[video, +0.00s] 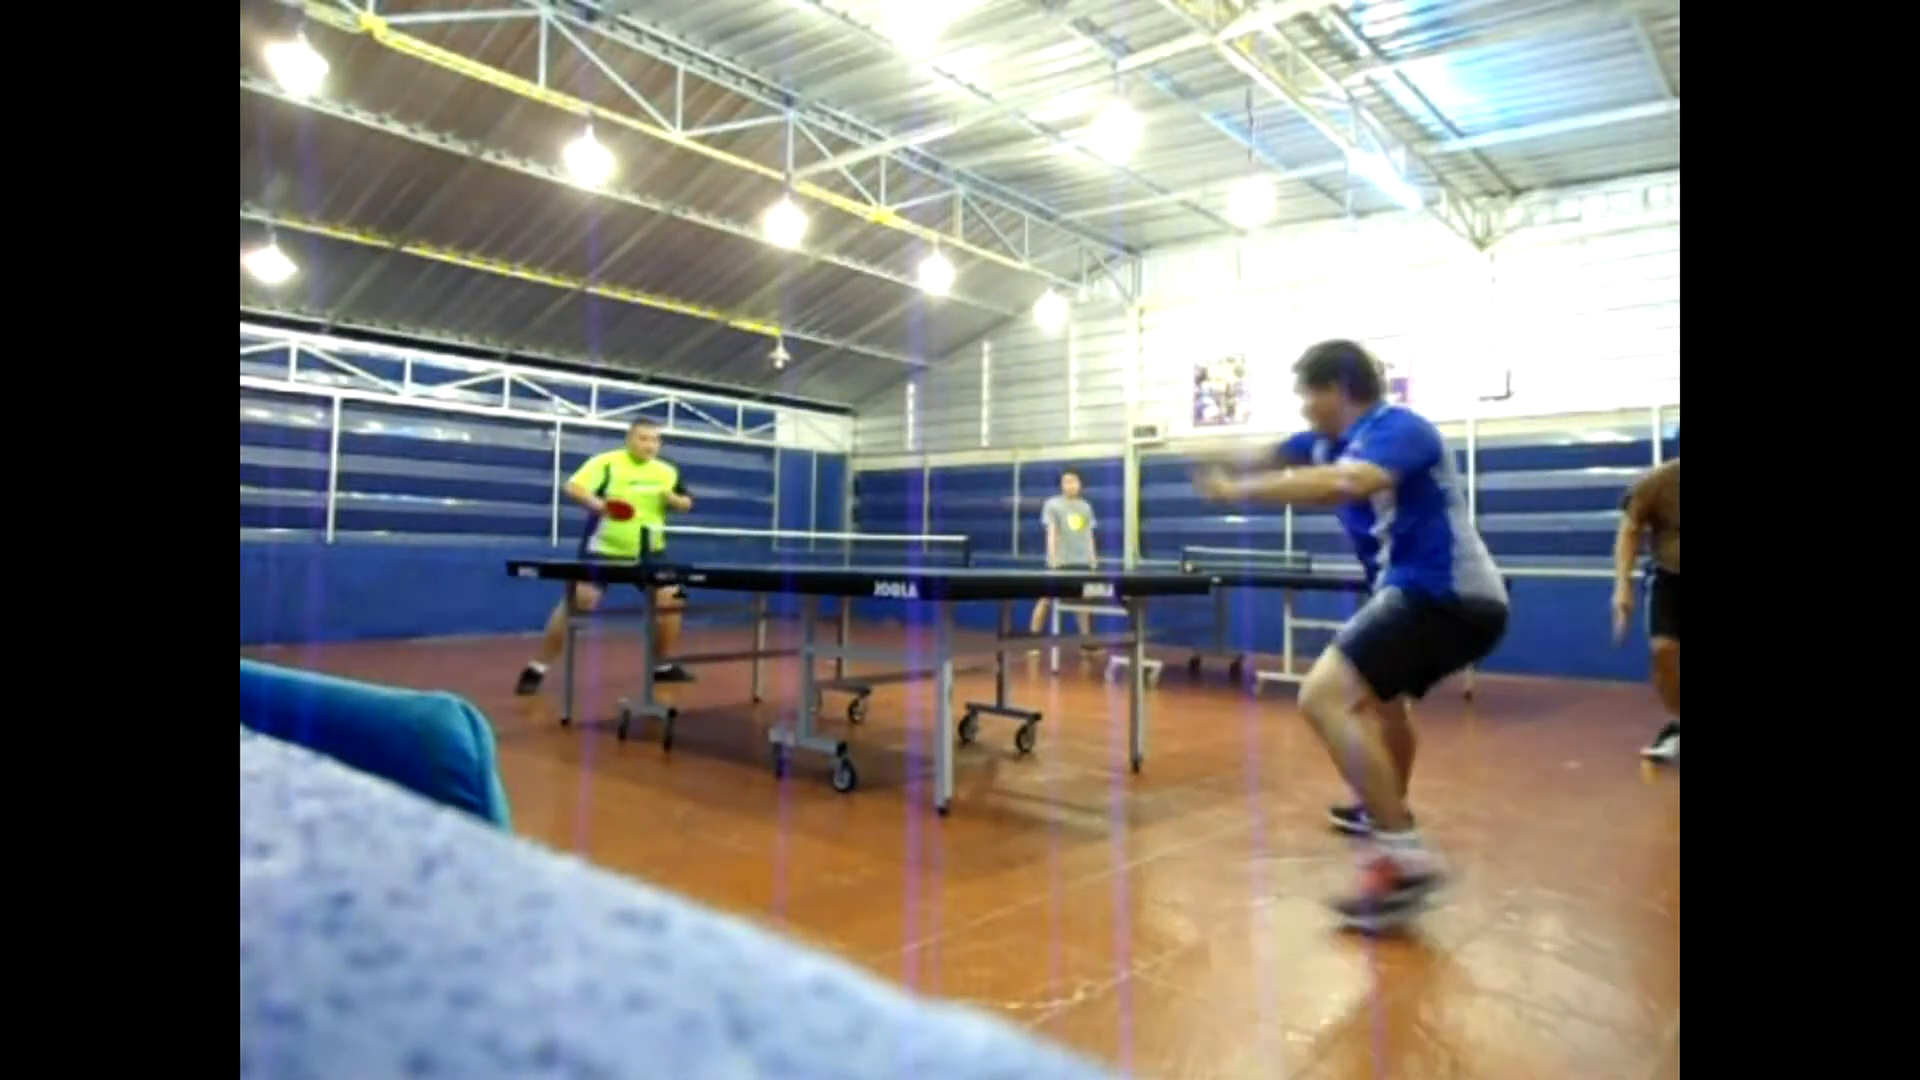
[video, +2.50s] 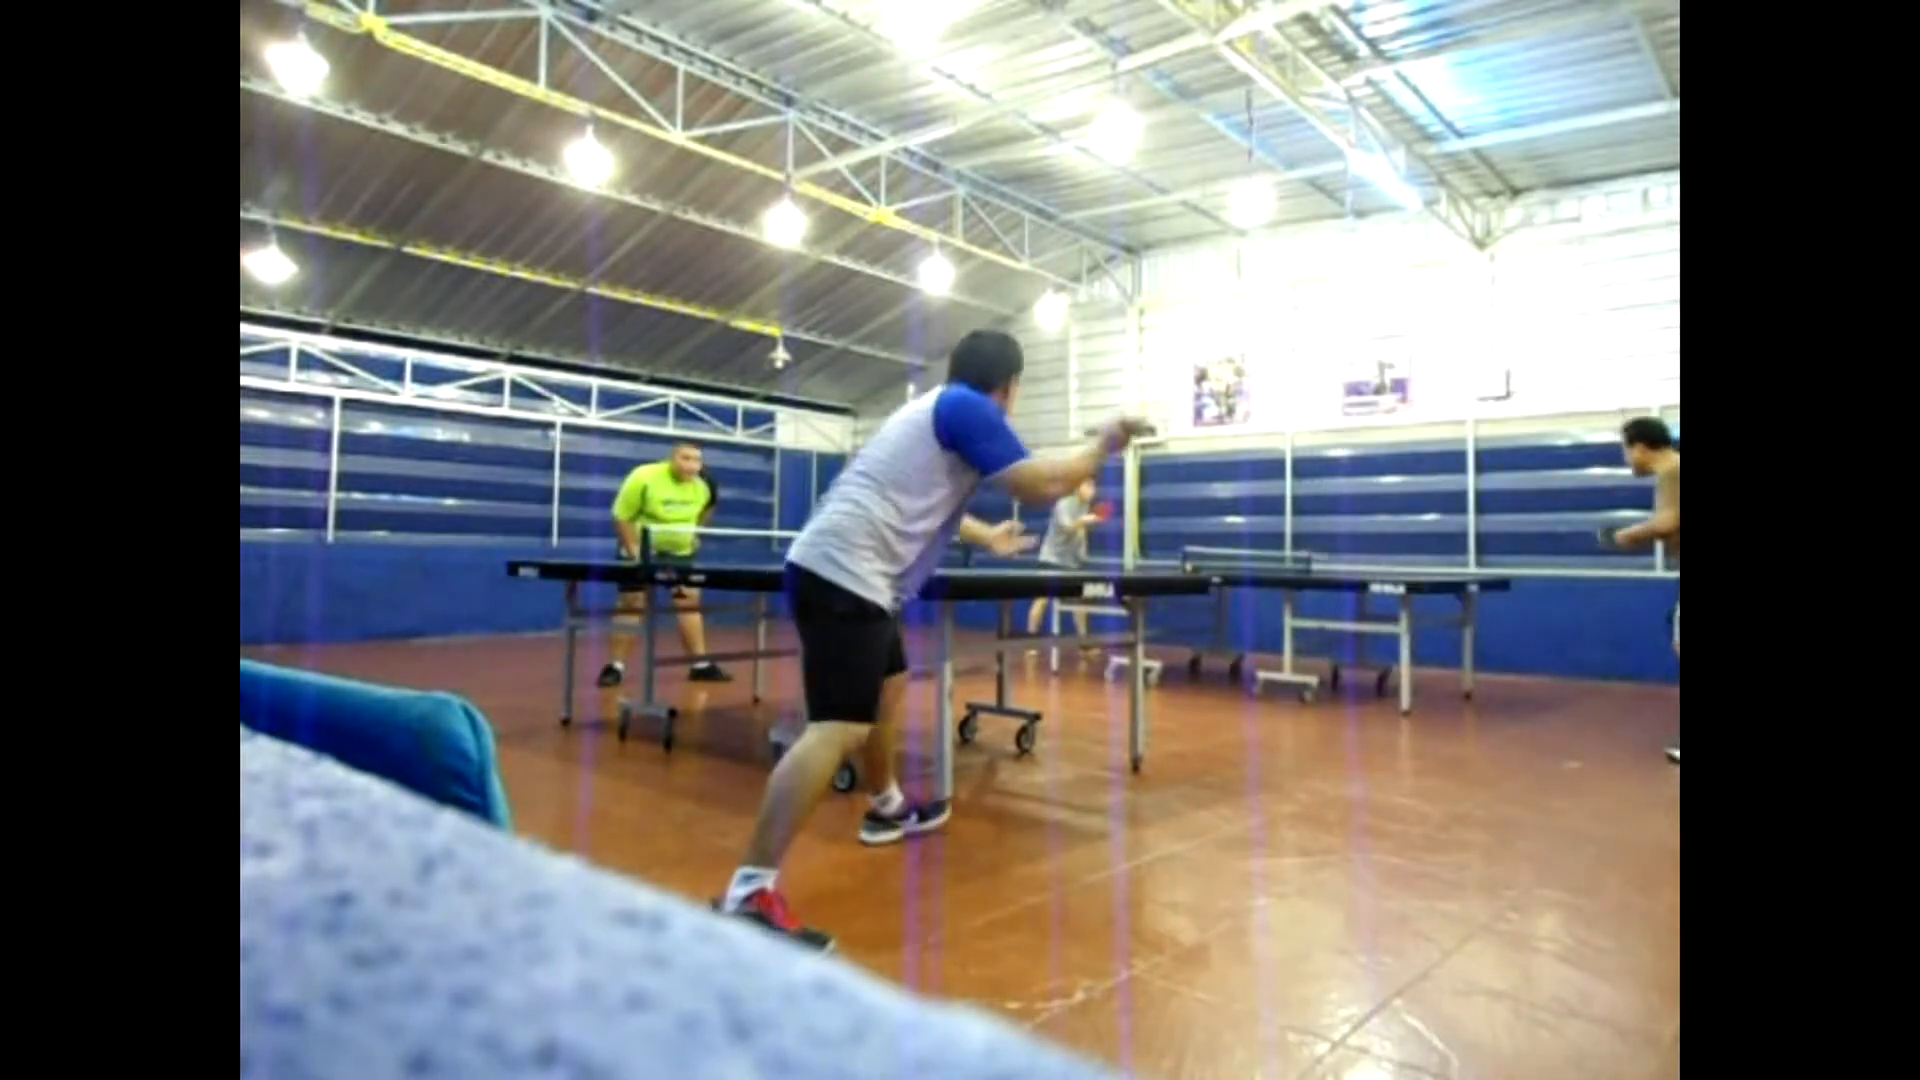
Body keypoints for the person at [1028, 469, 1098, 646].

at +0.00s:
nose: (1070, 486)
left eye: (1073, 481)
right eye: (1067, 482)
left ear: (1080, 484)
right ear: (1061, 485)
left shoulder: (1085, 507)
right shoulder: (1052, 505)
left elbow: (1089, 535)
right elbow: (1051, 532)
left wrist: (1092, 559)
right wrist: (1052, 558)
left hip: (1082, 561)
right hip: (1060, 561)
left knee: (1083, 601)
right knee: (1046, 599)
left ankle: (1086, 637)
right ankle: (1034, 635)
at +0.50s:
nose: (1072, 486)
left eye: (1075, 482)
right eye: (1068, 482)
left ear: (1081, 485)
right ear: (1062, 485)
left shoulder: (1086, 507)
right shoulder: (1052, 505)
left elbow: (1090, 536)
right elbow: (1042, 533)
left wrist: (1094, 560)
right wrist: (1030, 560)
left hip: (1081, 561)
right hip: (1057, 561)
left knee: (1082, 602)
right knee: (1045, 600)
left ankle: (1086, 639)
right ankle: (1033, 638)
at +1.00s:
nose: (1073, 487)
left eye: (1077, 483)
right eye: (1069, 483)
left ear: (1082, 486)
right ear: (1063, 485)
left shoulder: (1084, 507)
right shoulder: (1051, 505)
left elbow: (1087, 535)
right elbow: (1045, 534)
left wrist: (1092, 559)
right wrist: (1063, 552)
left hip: (1080, 562)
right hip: (1056, 561)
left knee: (1083, 601)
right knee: (1045, 599)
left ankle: (1085, 638)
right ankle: (1033, 636)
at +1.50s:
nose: (1086, 490)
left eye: (1089, 486)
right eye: (1083, 485)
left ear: (1092, 489)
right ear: (1075, 487)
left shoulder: (1086, 507)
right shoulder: (1063, 504)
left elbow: (1085, 531)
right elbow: (1065, 522)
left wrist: (1087, 553)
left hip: (1077, 558)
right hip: (1057, 557)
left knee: (1081, 599)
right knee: (1049, 597)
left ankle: (1086, 636)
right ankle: (1037, 633)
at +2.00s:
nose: (1077, 495)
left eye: (1079, 491)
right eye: (1073, 490)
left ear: (1082, 494)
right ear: (1064, 492)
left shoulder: (1082, 511)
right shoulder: (1049, 510)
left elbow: (1085, 530)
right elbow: (1035, 530)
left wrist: (1078, 545)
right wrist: (1050, 545)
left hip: (1071, 560)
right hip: (1047, 560)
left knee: (1077, 599)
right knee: (1038, 598)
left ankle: (1082, 638)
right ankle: (1030, 636)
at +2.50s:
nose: (1090, 490)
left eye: (1092, 486)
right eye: (1087, 485)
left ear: (1093, 489)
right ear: (1077, 487)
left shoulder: (1085, 507)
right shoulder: (1064, 504)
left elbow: (1080, 531)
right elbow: (1067, 526)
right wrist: (1086, 520)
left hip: (1074, 559)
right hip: (1053, 558)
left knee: (1079, 601)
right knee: (1043, 597)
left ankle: (1083, 639)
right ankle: (1032, 636)